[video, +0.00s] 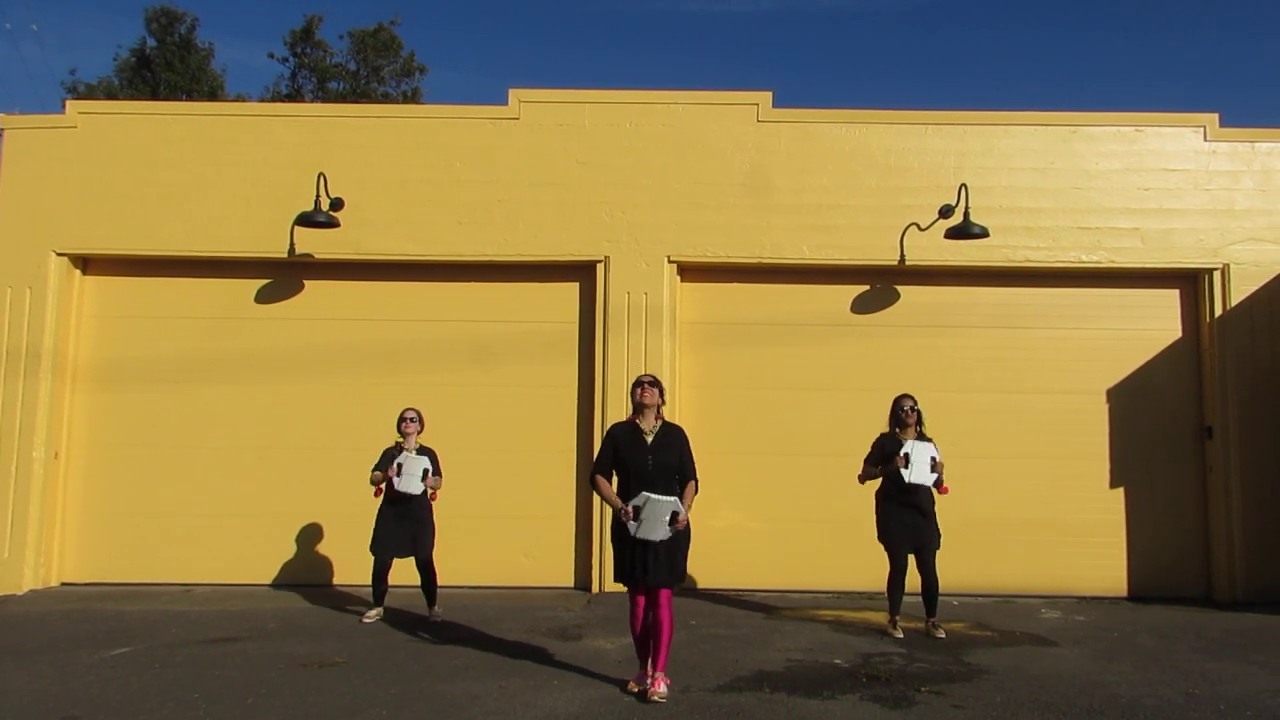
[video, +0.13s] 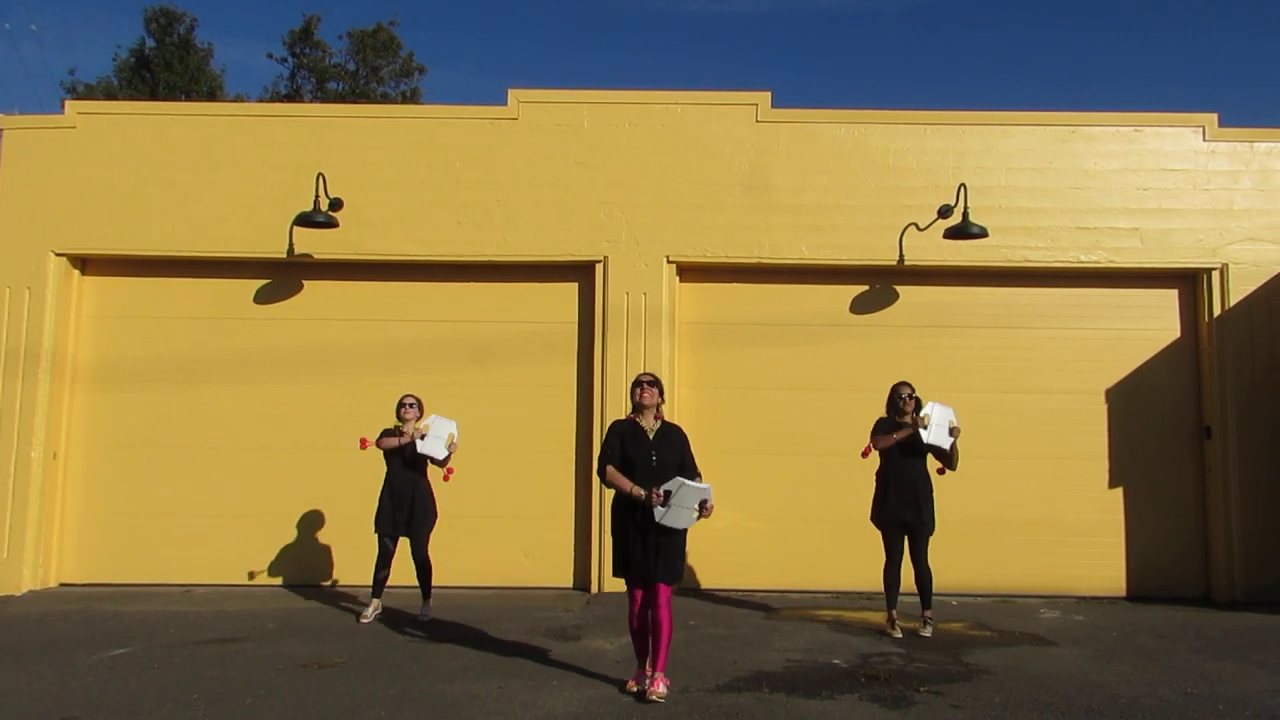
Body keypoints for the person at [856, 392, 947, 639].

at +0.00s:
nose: (908, 413)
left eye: (912, 409)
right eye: (903, 409)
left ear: (918, 413)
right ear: (895, 414)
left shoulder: (927, 444)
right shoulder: (885, 441)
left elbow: (938, 483)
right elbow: (863, 475)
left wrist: (937, 470)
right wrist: (891, 467)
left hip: (923, 514)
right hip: (893, 513)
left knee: (928, 569)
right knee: (898, 567)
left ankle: (931, 621)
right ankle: (894, 621)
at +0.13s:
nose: (906, 401)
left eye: (910, 396)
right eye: (900, 398)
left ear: (916, 400)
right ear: (892, 402)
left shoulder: (924, 427)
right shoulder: (885, 424)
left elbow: (950, 464)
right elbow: (878, 443)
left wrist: (953, 440)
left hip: (919, 501)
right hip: (890, 501)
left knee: (920, 559)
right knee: (893, 558)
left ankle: (927, 615)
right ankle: (891, 616)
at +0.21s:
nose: (904, 402)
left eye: (909, 398)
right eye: (899, 398)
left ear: (915, 403)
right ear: (888, 402)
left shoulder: (921, 431)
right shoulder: (881, 425)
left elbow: (960, 448)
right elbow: (893, 420)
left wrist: (965, 418)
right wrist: (922, 404)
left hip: (919, 502)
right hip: (889, 501)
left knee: (917, 559)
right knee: (893, 559)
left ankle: (921, 614)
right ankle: (892, 614)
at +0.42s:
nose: (909, 401)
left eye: (912, 398)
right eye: (904, 397)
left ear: (917, 403)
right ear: (895, 403)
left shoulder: (924, 428)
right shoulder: (886, 425)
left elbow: (959, 410)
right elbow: (892, 395)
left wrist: (962, 377)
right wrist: (922, 364)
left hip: (919, 503)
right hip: (889, 502)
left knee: (917, 560)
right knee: (892, 559)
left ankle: (921, 615)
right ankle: (891, 613)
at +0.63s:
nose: (908, 411)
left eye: (912, 408)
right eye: (903, 408)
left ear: (919, 411)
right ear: (895, 412)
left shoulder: (928, 432)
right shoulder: (887, 432)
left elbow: (935, 398)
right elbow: (874, 405)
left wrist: (921, 362)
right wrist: (876, 369)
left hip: (916, 504)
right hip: (886, 504)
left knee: (923, 564)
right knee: (892, 562)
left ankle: (931, 621)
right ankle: (891, 618)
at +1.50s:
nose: (908, 412)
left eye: (912, 408)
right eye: (904, 408)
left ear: (919, 411)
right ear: (897, 412)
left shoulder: (928, 436)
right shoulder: (889, 437)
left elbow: (946, 429)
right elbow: (879, 431)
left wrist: (938, 398)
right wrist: (890, 400)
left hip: (924, 508)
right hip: (894, 508)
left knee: (924, 563)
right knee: (898, 564)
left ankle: (928, 621)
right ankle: (895, 615)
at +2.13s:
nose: (908, 410)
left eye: (912, 407)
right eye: (902, 407)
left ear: (918, 410)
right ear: (893, 410)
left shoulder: (926, 436)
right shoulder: (886, 438)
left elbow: (944, 461)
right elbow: (881, 461)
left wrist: (941, 441)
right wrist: (893, 444)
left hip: (925, 507)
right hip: (895, 508)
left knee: (925, 563)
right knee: (899, 566)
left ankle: (931, 624)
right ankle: (895, 617)